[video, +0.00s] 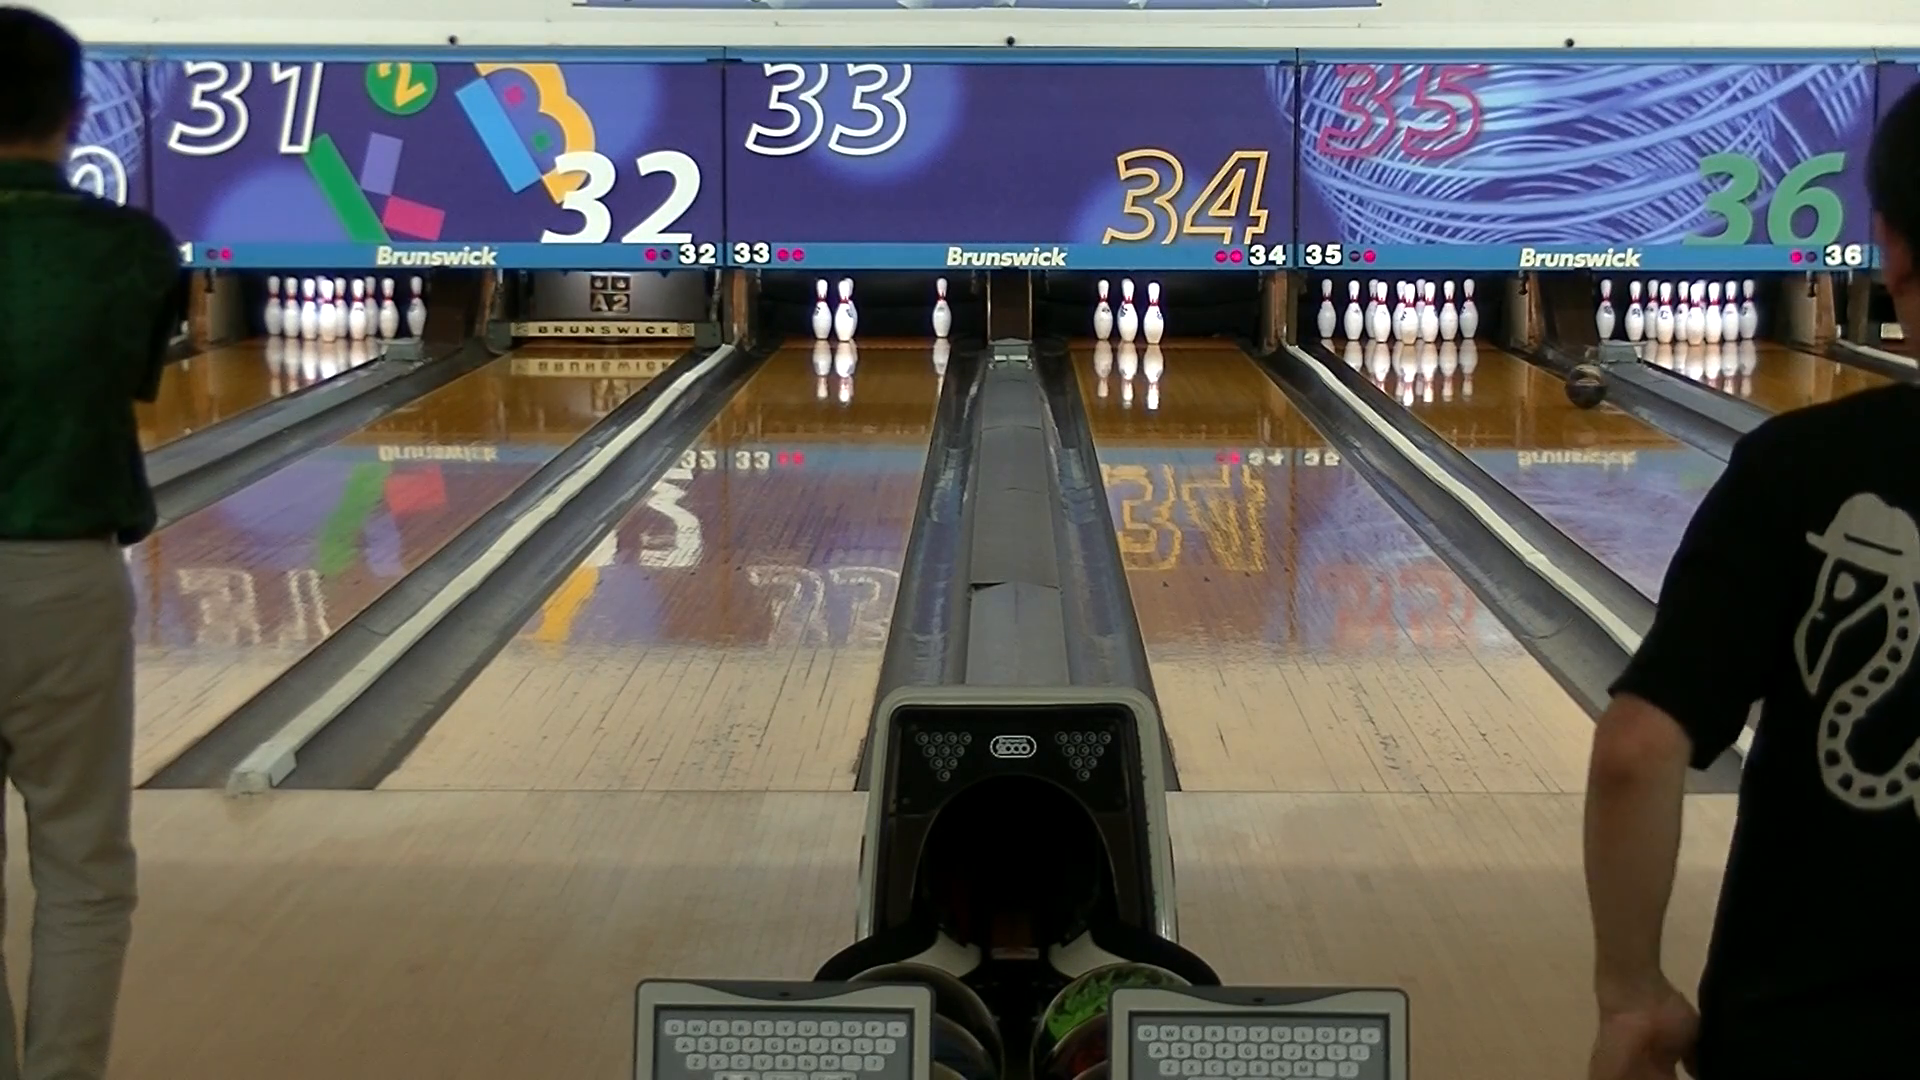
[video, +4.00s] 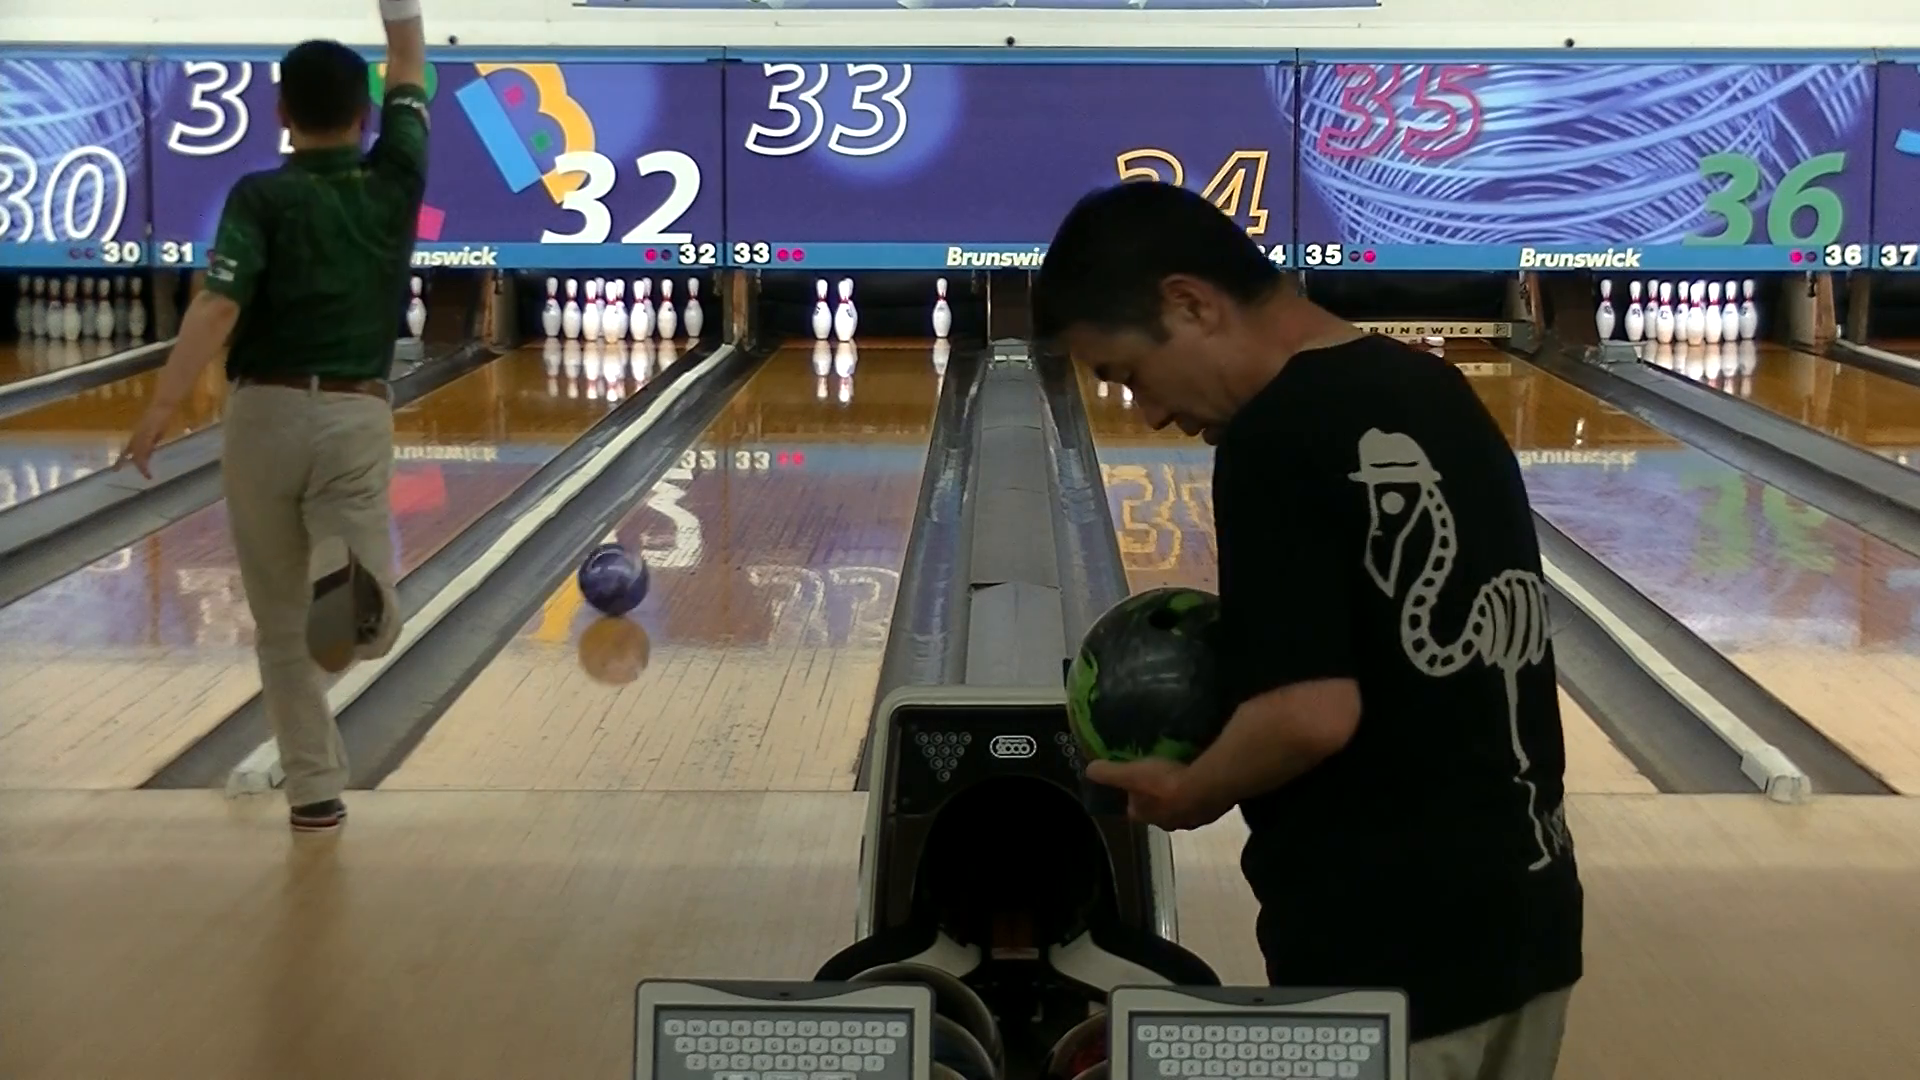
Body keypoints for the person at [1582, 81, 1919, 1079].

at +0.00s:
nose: (1878, 255)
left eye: (1877, 233)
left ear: (1893, 251)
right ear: (1898, 251)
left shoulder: (1810, 465)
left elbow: (1634, 748)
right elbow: (1636, 747)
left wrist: (1631, 994)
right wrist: (1634, 994)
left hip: (1798, 1013)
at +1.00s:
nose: (1839, 258)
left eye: (1841, 236)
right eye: (1842, 233)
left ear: (1861, 264)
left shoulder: (1775, 452)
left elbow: (1667, 722)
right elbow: (1668, 722)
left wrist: (1665, 989)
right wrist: (1668, 990)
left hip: (1803, 1003)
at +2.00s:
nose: (1341, 318)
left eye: (1331, 285)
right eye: (1332, 290)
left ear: (1355, 277)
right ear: (1495, 234)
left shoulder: (1359, 467)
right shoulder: (1675, 417)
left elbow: (1311, 775)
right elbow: (1770, 703)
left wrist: (1249, 870)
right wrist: (1652, 784)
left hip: (1448, 984)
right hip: (1645, 979)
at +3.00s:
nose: (1031, 670)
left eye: (1001, 646)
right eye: (1001, 659)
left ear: (1017, 577)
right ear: (1083, 524)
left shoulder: (1095, 593)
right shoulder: (1251, 532)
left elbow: (1173, 850)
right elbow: (1315, 800)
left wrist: (1149, 1037)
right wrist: (1184, 954)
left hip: (1441, 869)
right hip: (1545, 828)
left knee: (1493, 1067)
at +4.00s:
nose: (1145, 415)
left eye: (1129, 377)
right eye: (1123, 388)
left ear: (1193, 307)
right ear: (1199, 303)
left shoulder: (1273, 442)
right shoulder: (1434, 387)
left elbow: (1312, 711)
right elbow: (1437, 635)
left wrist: (1197, 791)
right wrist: (1240, 655)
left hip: (1379, 952)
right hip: (1526, 918)